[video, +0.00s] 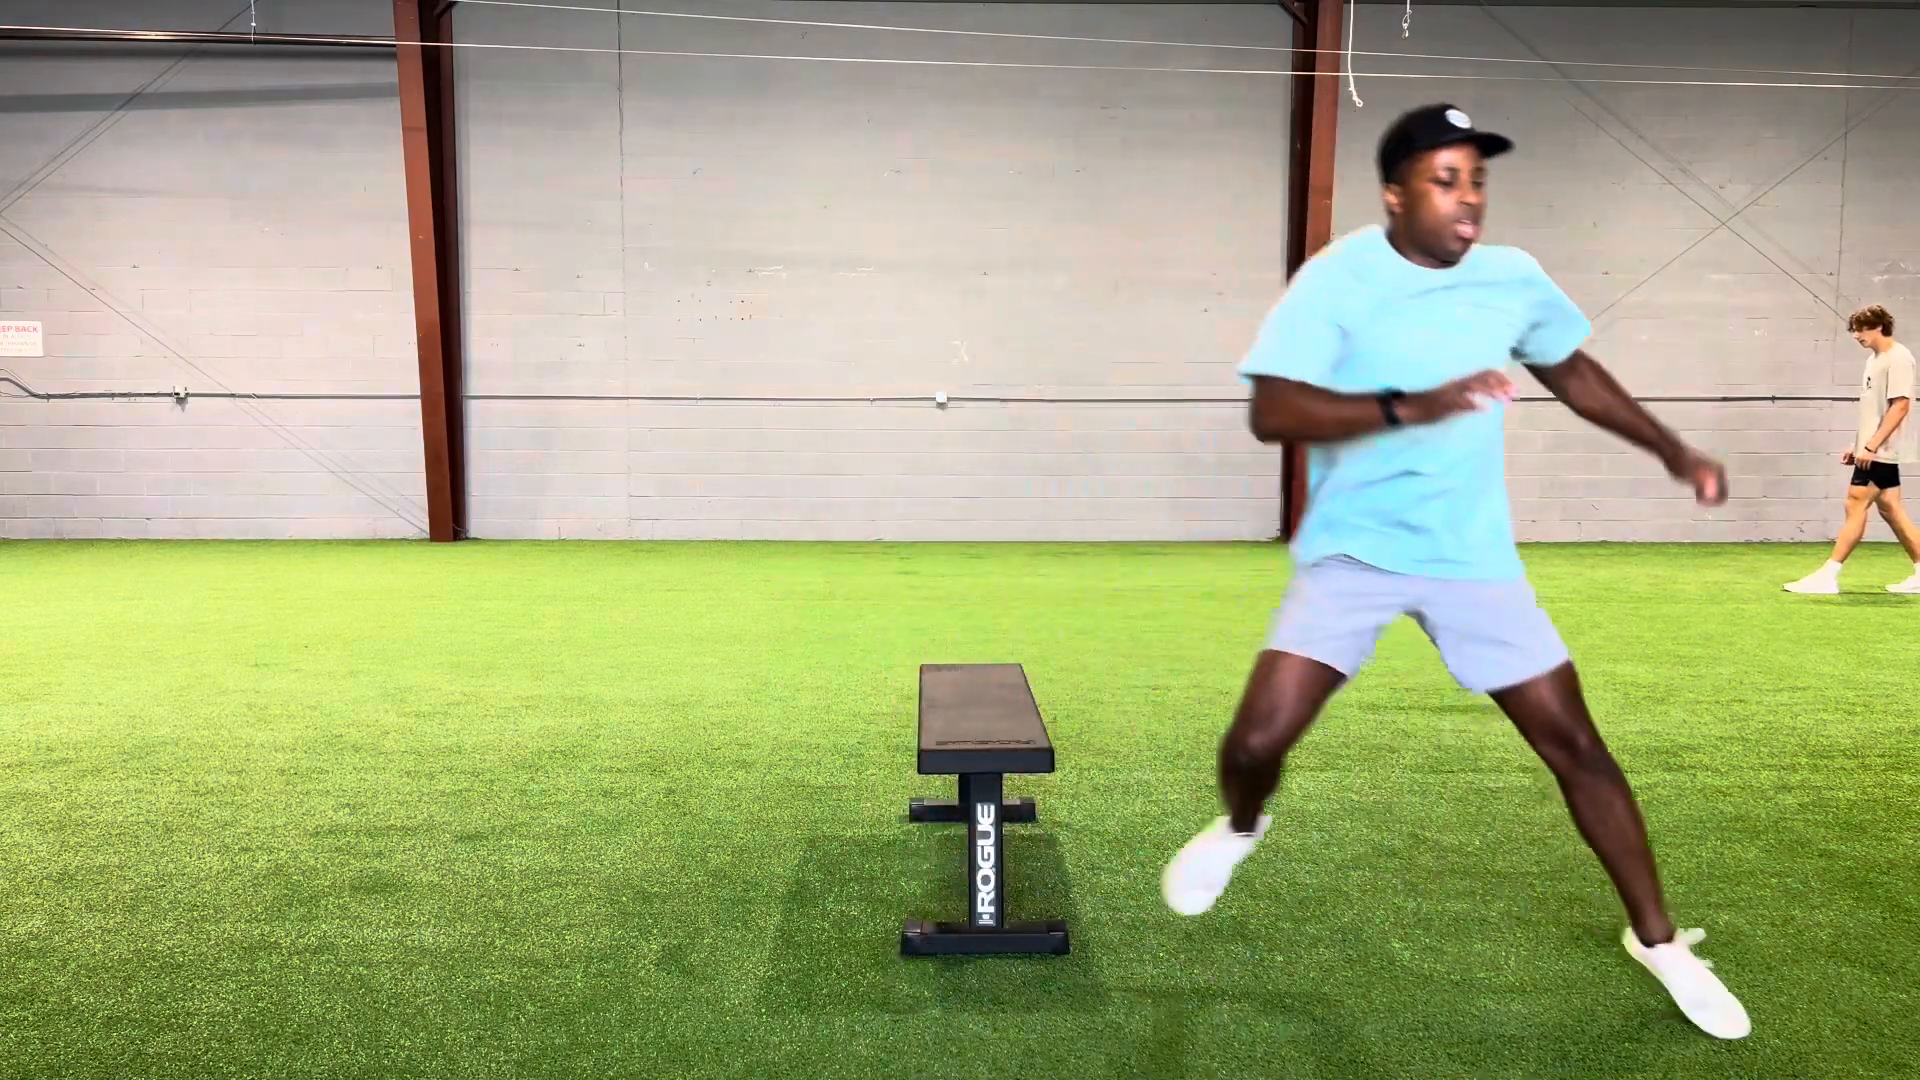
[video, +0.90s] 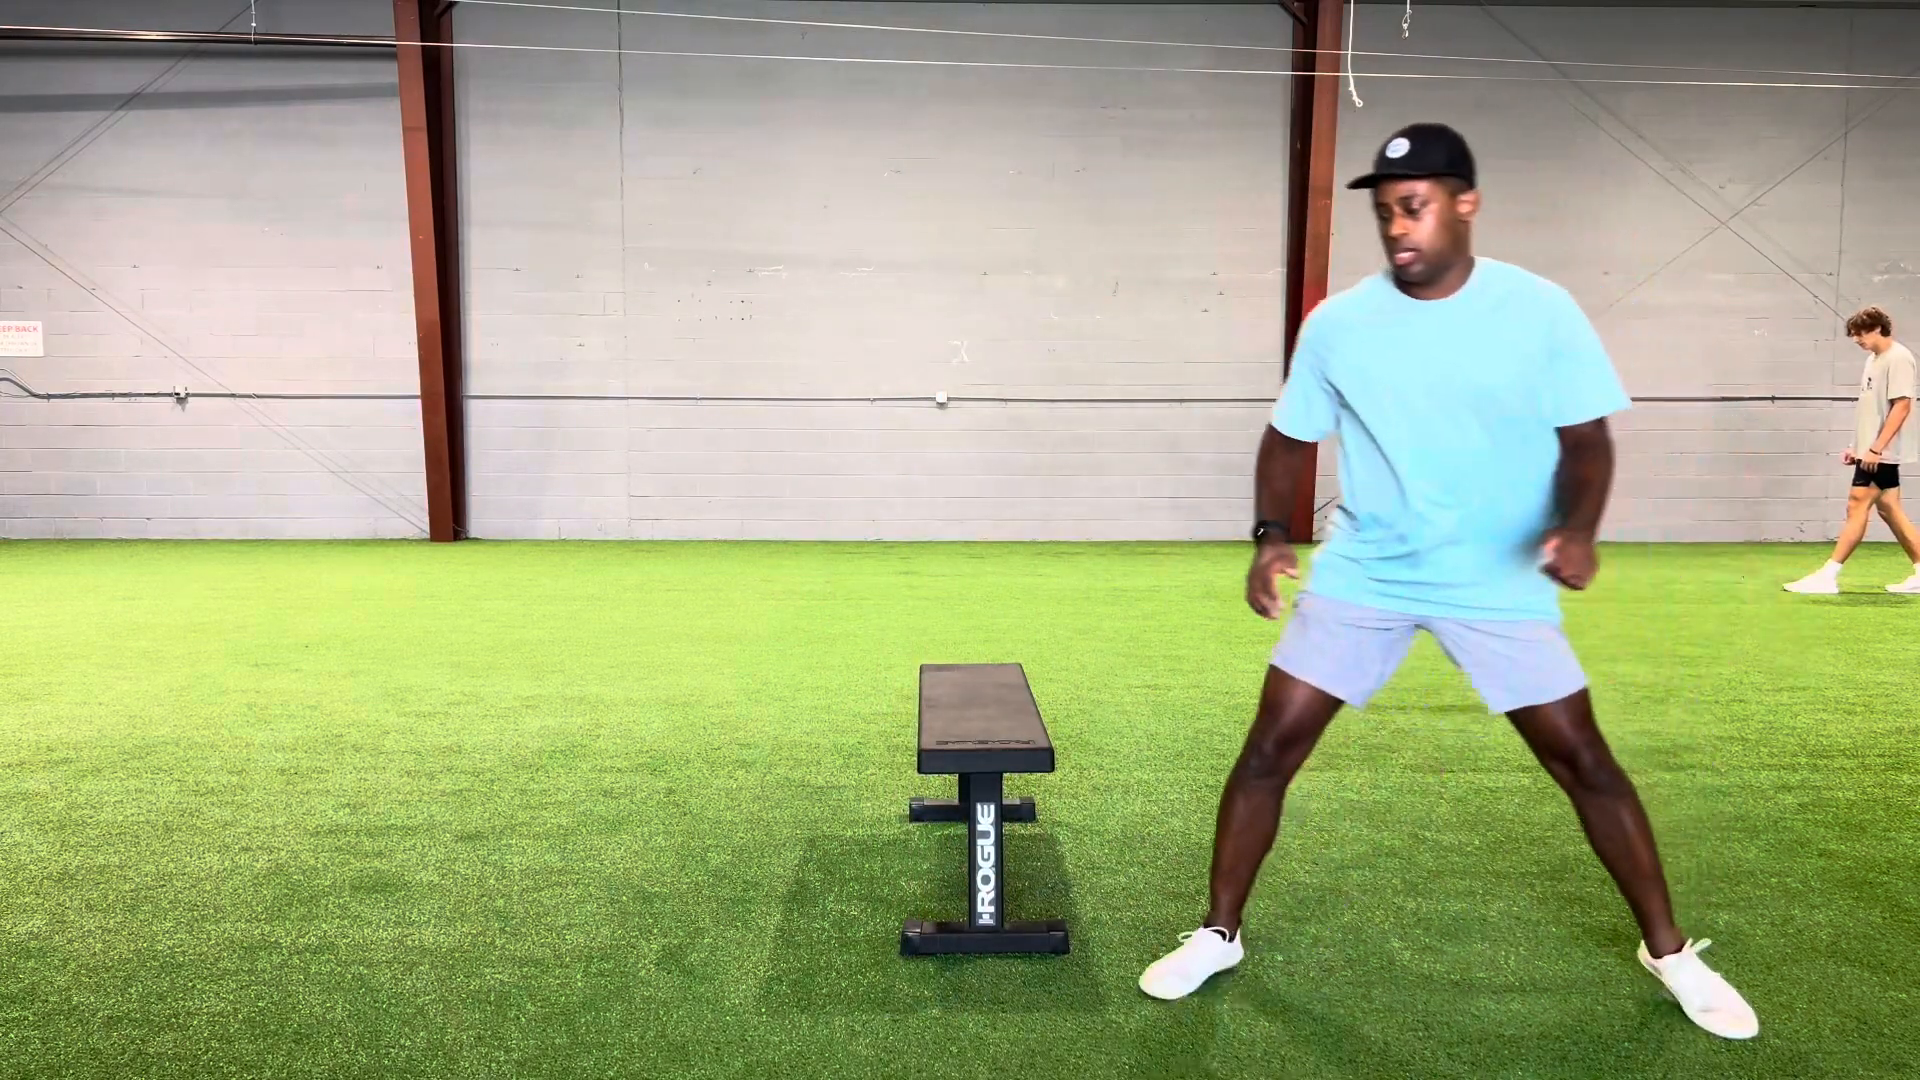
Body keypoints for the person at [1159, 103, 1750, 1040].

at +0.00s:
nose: (1469, 202)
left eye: (1477, 184)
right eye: (1446, 184)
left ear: (1485, 189)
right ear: (1394, 193)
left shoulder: (1513, 280)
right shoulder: (1335, 280)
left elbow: (1575, 373)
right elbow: (1272, 413)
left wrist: (1673, 452)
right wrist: (1407, 407)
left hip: (1476, 563)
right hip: (1348, 556)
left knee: (1577, 744)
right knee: (1254, 740)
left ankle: (1659, 939)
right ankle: (1238, 831)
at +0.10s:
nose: (1578, 259)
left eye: (1584, 242)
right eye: (1555, 243)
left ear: (1591, 251)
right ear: (1500, 259)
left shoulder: (1607, 358)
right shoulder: (1437, 364)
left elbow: (1607, 476)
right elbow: (1405, 517)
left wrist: (1635, 578)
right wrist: (1560, 534)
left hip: (1562, 602)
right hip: (1442, 604)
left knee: (1663, 787)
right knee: (1399, 798)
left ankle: (1676, 964)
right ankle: (1406, 835)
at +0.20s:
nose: (1657, 294)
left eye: (1663, 276)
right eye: (1633, 278)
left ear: (1670, 284)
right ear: (1576, 293)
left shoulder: (1666, 395)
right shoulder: (1513, 389)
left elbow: (1612, 523)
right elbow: (1512, 551)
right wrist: (1660, 557)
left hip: (1592, 613)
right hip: (1482, 612)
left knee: (1679, 791)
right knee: (1564, 802)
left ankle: (1676, 964)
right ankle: (1536, 859)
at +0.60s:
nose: (1663, 276)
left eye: (1679, 255)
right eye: (1639, 258)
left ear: (1696, 262)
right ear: (1598, 267)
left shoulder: (1714, 379)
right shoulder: (1530, 371)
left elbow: (1711, 510)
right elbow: (1476, 517)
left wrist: (1737, 637)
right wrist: (1570, 630)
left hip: (1632, 605)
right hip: (1510, 593)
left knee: (1703, 792)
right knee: (1505, 786)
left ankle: (1676, 963)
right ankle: (1452, 862)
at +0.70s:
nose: (1581, 267)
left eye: (1599, 245)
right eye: (1562, 248)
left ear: (1635, 249)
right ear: (1540, 255)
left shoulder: (1692, 361)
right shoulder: (1485, 365)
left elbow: (1730, 489)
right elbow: (1412, 494)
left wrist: (1776, 599)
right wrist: (1458, 611)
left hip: (1614, 626)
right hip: (1481, 607)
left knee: (1696, 795)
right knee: (1402, 771)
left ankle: (1674, 964)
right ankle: (1342, 874)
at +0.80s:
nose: (1487, 247)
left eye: (1505, 226)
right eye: (1473, 230)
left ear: (1554, 226)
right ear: (1459, 236)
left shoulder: (1633, 335)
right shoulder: (1419, 346)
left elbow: (1685, 447)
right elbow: (1344, 462)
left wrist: (1701, 527)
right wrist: (1355, 566)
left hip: (1574, 604)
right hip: (1433, 586)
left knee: (1653, 785)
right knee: (1317, 748)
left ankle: (1675, 961)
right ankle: (1248, 906)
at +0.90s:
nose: (1396, 228)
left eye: (1414, 208)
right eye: (1386, 210)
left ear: (1465, 207)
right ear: (1375, 215)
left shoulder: (1539, 311)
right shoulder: (1337, 326)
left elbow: (1587, 437)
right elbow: (1288, 438)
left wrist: (1577, 526)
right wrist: (1275, 533)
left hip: (1501, 583)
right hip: (1364, 573)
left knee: (1584, 757)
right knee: (1272, 745)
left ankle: (1669, 948)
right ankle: (1219, 934)